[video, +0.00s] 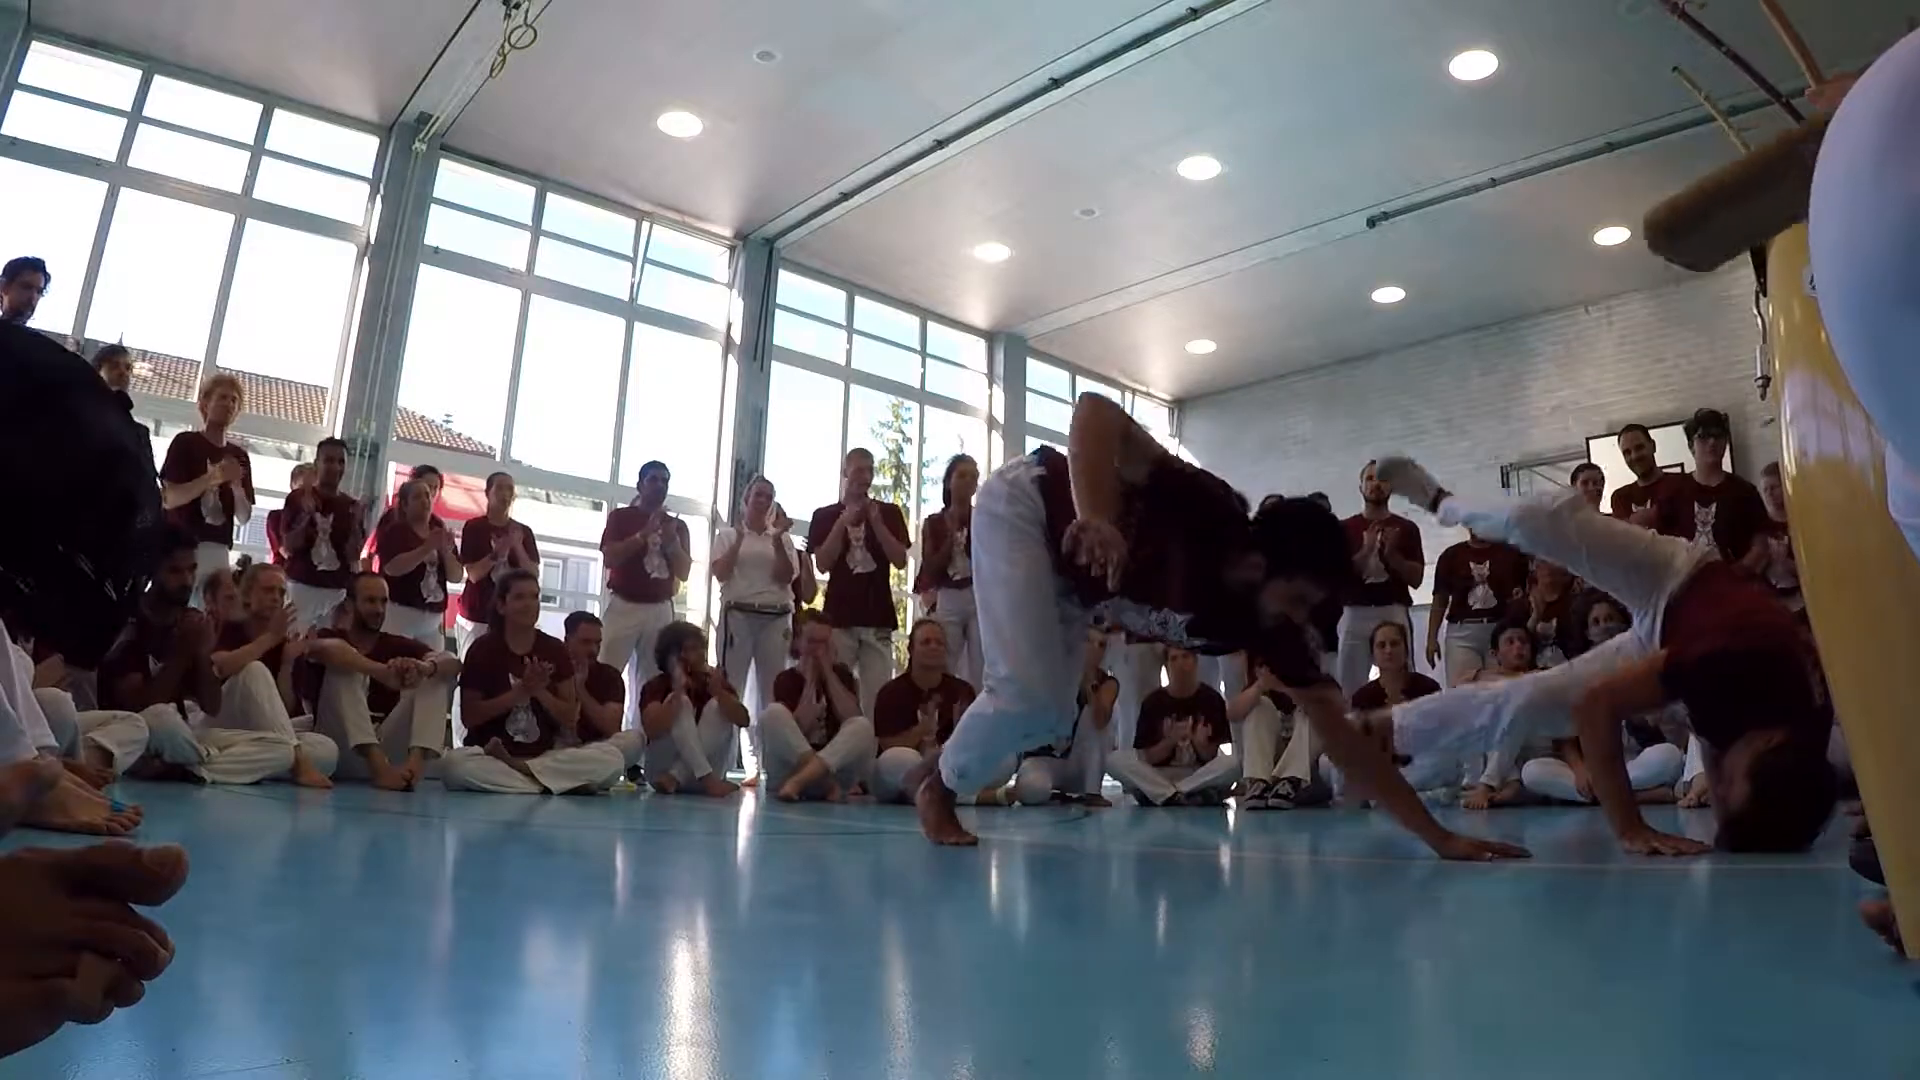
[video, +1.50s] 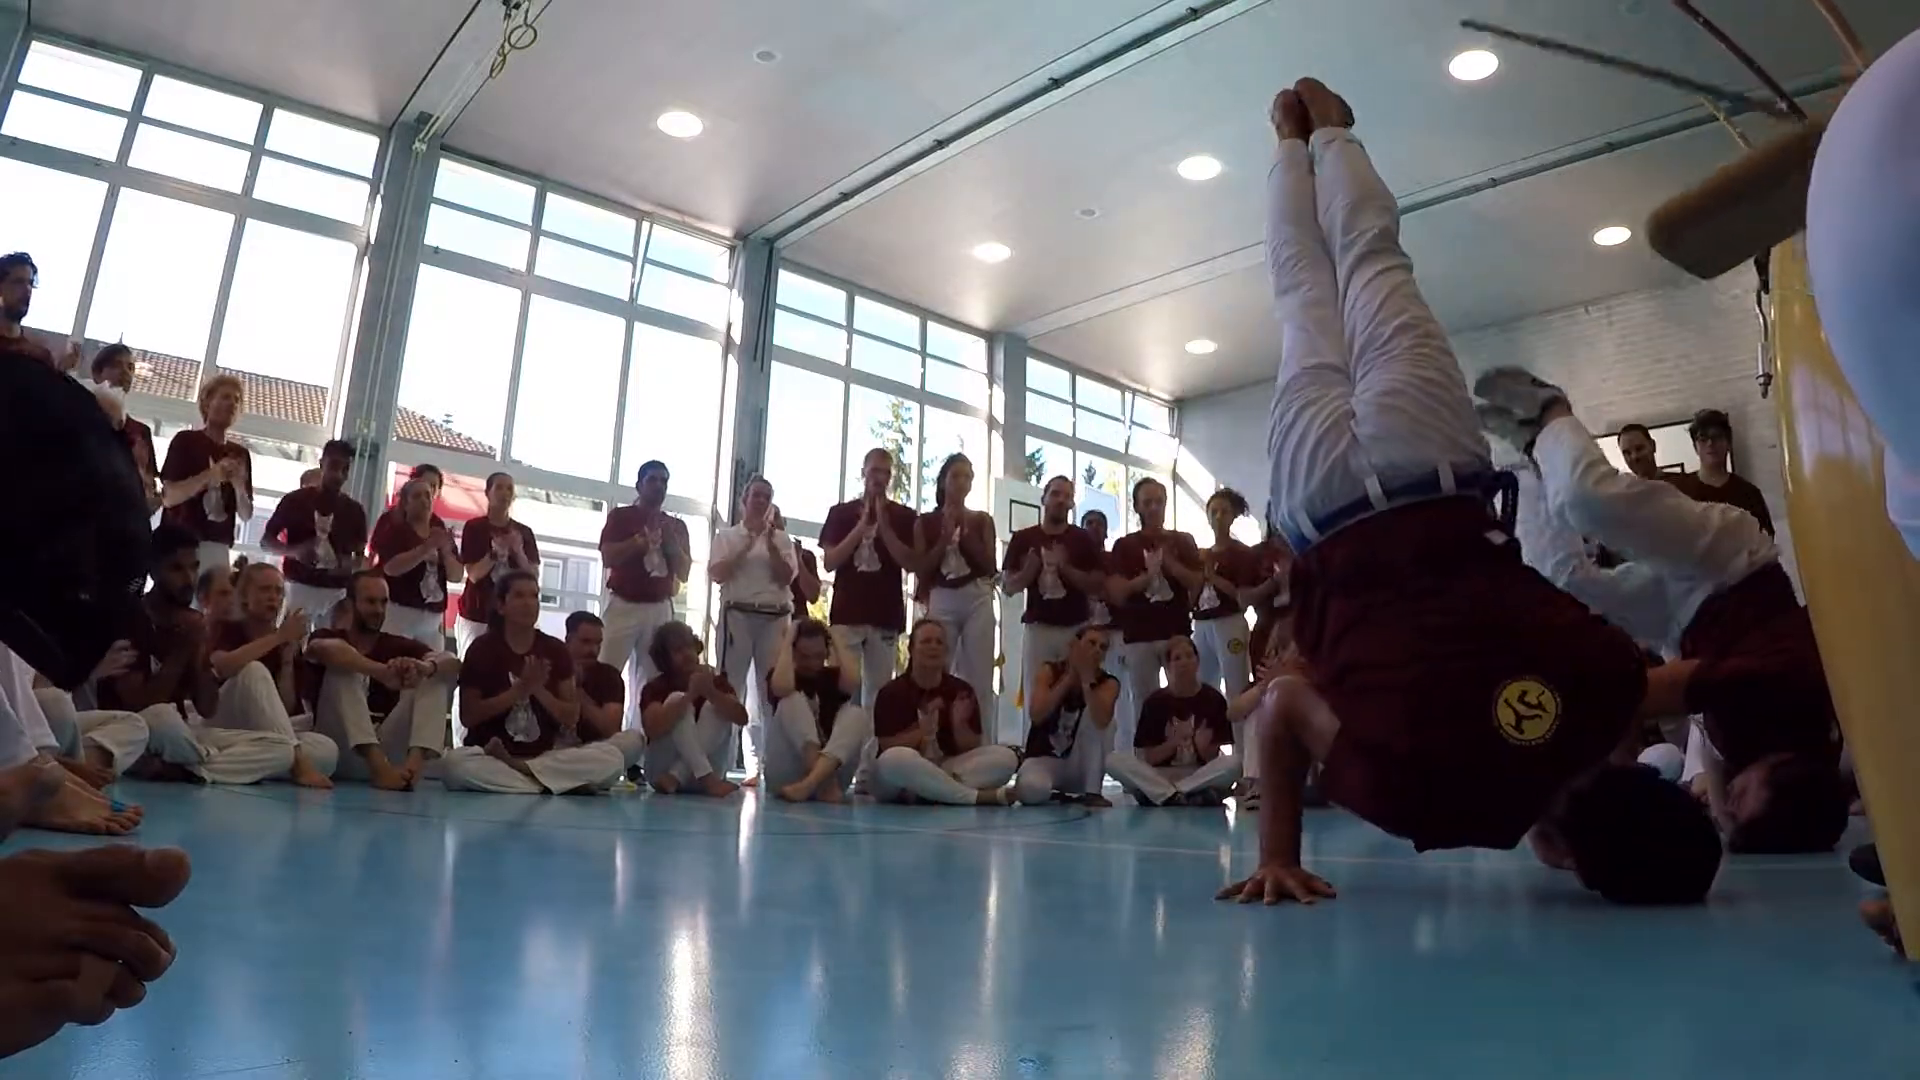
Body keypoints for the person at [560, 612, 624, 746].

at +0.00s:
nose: (593, 650)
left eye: (598, 643)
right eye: (586, 642)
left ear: (601, 643)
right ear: (567, 641)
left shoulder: (610, 675)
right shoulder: (552, 673)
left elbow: (611, 727)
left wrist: (581, 690)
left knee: (635, 738)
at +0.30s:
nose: (594, 650)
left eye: (598, 643)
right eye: (586, 642)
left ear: (602, 643)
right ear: (568, 641)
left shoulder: (610, 676)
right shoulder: (550, 673)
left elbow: (611, 726)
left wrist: (573, 694)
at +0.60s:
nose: (593, 650)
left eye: (598, 643)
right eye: (586, 642)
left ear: (601, 642)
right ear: (567, 639)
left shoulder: (610, 675)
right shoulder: (547, 672)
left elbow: (610, 727)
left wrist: (573, 694)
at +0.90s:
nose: (593, 649)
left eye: (598, 643)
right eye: (586, 642)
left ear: (601, 643)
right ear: (567, 640)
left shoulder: (610, 675)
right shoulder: (550, 673)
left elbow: (610, 728)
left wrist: (580, 693)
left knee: (635, 738)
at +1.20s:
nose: (593, 650)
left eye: (598, 643)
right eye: (586, 642)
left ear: (602, 643)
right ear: (568, 639)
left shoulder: (610, 675)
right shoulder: (549, 672)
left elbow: (611, 729)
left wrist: (580, 690)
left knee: (634, 739)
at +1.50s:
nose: (593, 650)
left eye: (598, 643)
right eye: (586, 642)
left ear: (602, 643)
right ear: (568, 640)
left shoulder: (610, 675)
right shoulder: (550, 672)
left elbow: (610, 728)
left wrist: (577, 693)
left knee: (634, 738)